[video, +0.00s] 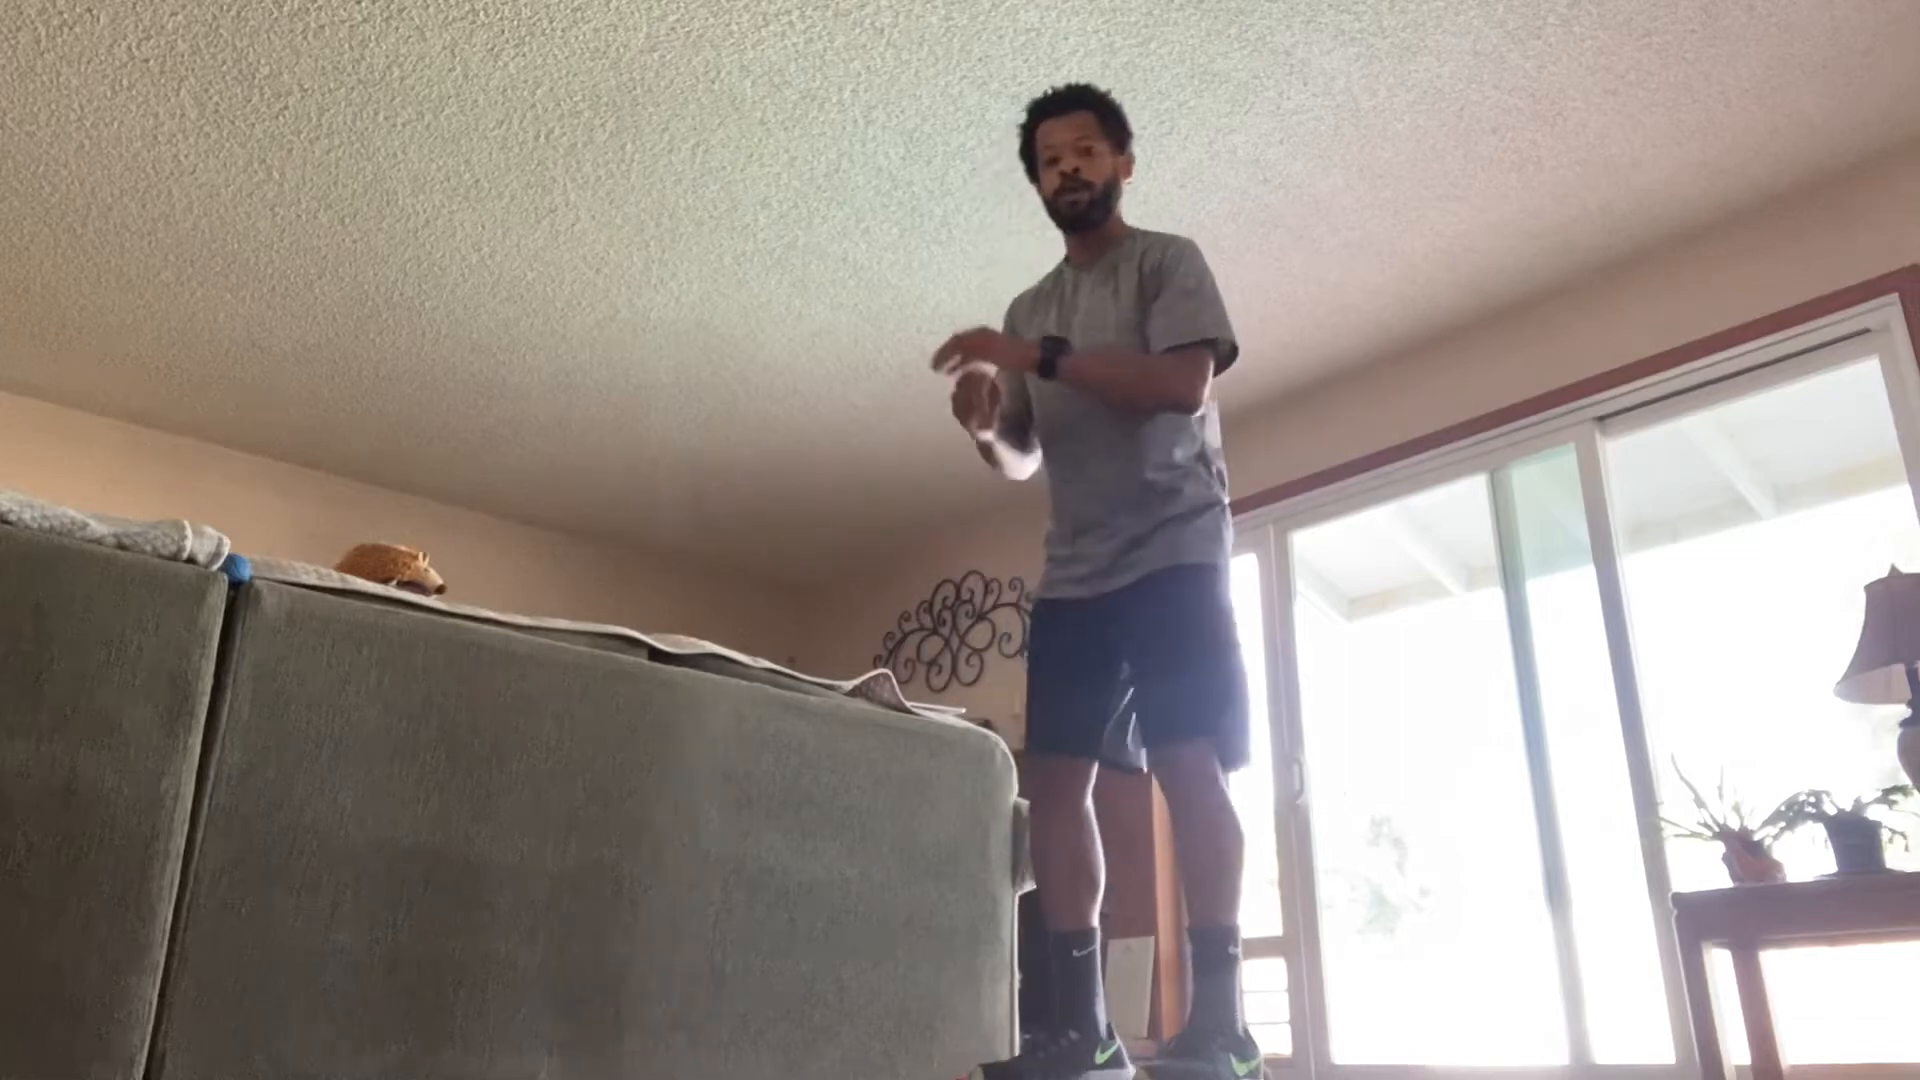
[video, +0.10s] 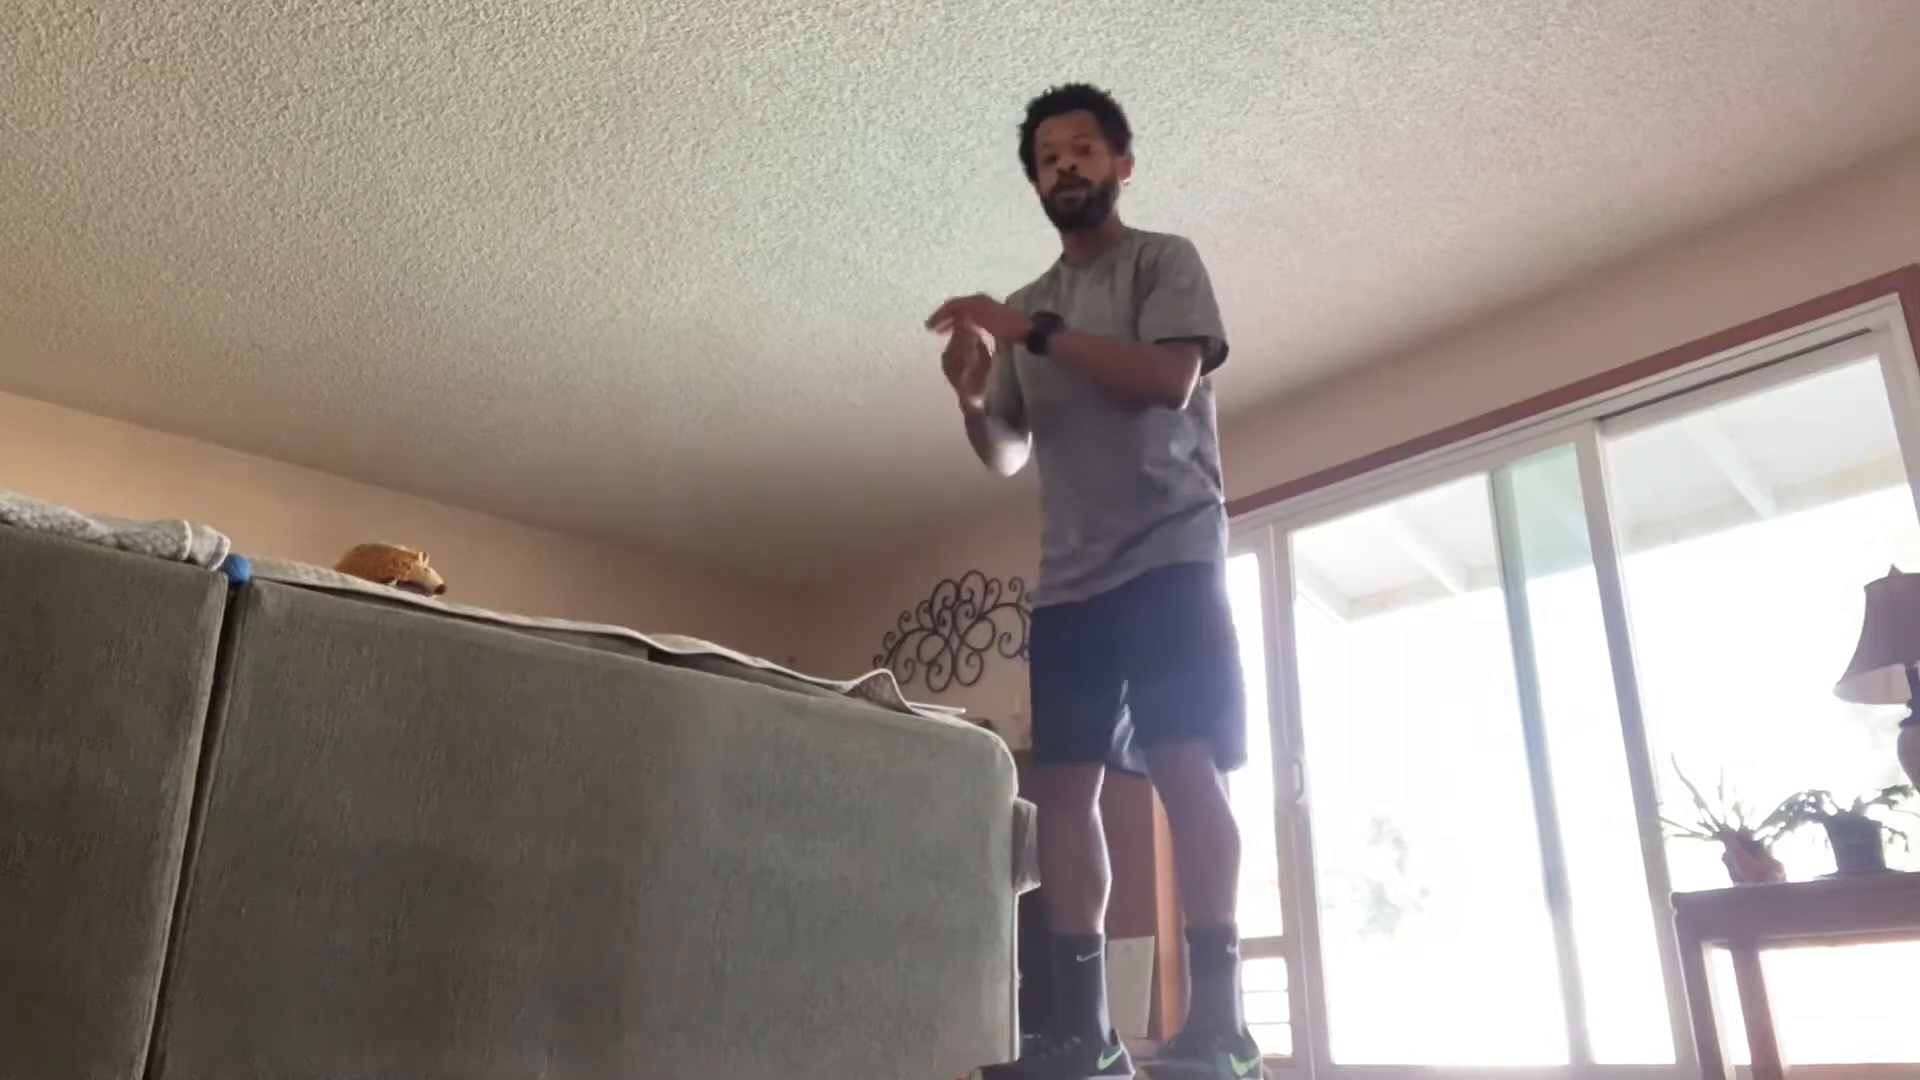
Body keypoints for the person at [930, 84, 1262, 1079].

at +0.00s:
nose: (1068, 169)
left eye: (1084, 151)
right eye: (1049, 162)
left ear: (1125, 161)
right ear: (1034, 189)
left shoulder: (1169, 260)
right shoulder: (1030, 314)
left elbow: (1182, 382)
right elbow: (1023, 455)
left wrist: (1037, 356)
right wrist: (986, 424)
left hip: (1173, 555)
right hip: (1073, 571)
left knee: (1186, 766)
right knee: (1054, 779)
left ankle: (1216, 1023)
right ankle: (1067, 1024)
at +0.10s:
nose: (1066, 167)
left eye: (1083, 149)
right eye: (1048, 159)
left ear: (1124, 163)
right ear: (1032, 187)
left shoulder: (1164, 258)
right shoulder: (1023, 310)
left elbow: (1170, 377)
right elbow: (1003, 456)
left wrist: (1027, 328)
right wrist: (973, 396)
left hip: (1169, 553)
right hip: (1069, 573)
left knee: (1182, 767)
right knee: (1061, 786)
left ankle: (1215, 1024)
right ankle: (1072, 1031)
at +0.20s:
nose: (1049, 166)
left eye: (1068, 149)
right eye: (1034, 158)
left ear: (1114, 165)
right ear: (1022, 186)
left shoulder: (1154, 255)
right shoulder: (1012, 307)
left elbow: (1159, 372)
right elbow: (991, 449)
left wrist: (1020, 322)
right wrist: (970, 381)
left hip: (1161, 553)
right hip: (1060, 574)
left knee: (1181, 769)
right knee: (1062, 787)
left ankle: (1214, 1025)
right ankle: (1075, 1033)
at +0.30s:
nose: (1023, 164)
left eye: (1044, 147)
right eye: (1013, 154)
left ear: (1098, 168)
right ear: (1008, 182)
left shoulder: (1140, 256)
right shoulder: (1002, 310)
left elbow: (1155, 379)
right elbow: (991, 453)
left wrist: (1005, 346)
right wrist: (963, 396)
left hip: (1161, 554)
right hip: (1061, 576)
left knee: (1173, 768)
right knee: (1061, 785)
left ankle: (1216, 1025)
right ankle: (1071, 1033)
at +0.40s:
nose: (994, 184)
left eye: (1016, 168)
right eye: (990, 173)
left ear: (1074, 190)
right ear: (992, 201)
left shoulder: (1122, 278)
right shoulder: (987, 336)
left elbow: (1150, 414)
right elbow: (1009, 474)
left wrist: (1006, 424)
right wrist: (964, 454)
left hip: (1160, 556)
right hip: (1064, 579)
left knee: (1139, 745)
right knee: (1039, 775)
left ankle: (1211, 1023)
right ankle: (1070, 1032)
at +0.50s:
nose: (984, 223)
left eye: (1006, 210)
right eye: (982, 212)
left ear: (1062, 230)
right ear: (982, 238)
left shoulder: (1117, 322)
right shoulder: (987, 381)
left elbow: (1153, 461)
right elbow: (996, 524)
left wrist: (1053, 526)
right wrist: (960, 568)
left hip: (1154, 586)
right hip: (1054, 607)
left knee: (1094, 759)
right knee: (1000, 775)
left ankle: (1205, 1032)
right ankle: (1069, 1036)